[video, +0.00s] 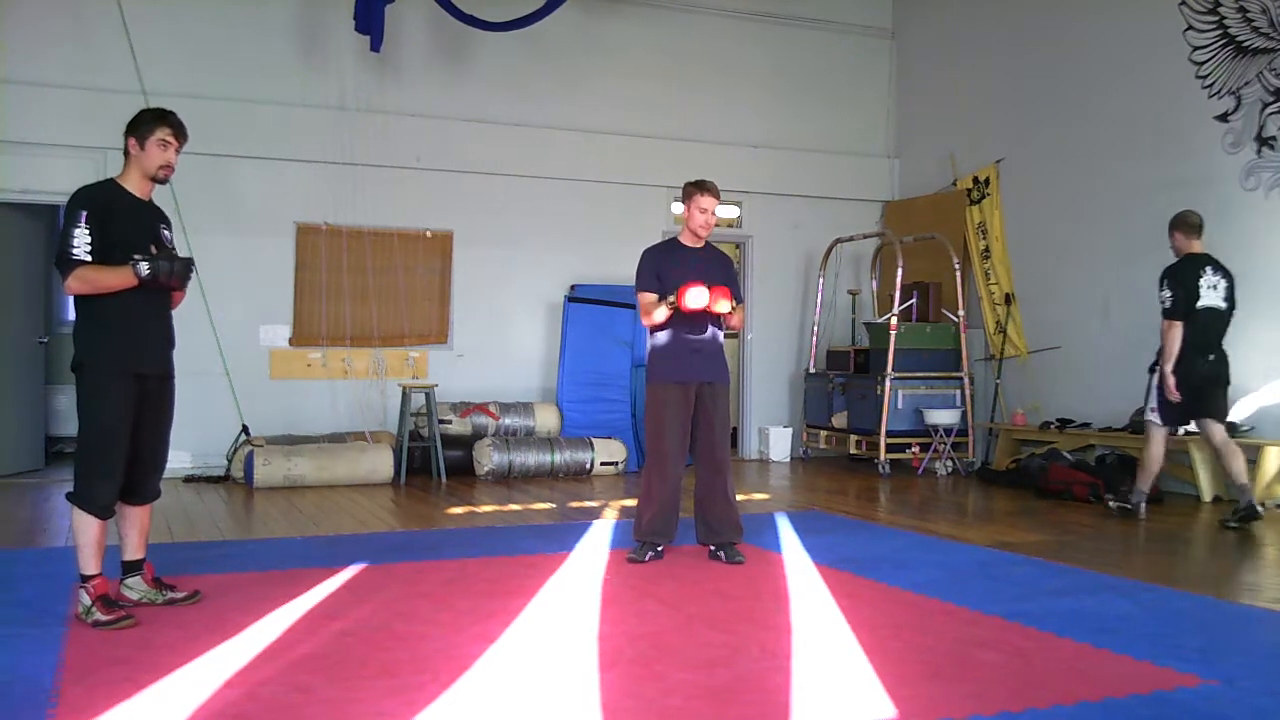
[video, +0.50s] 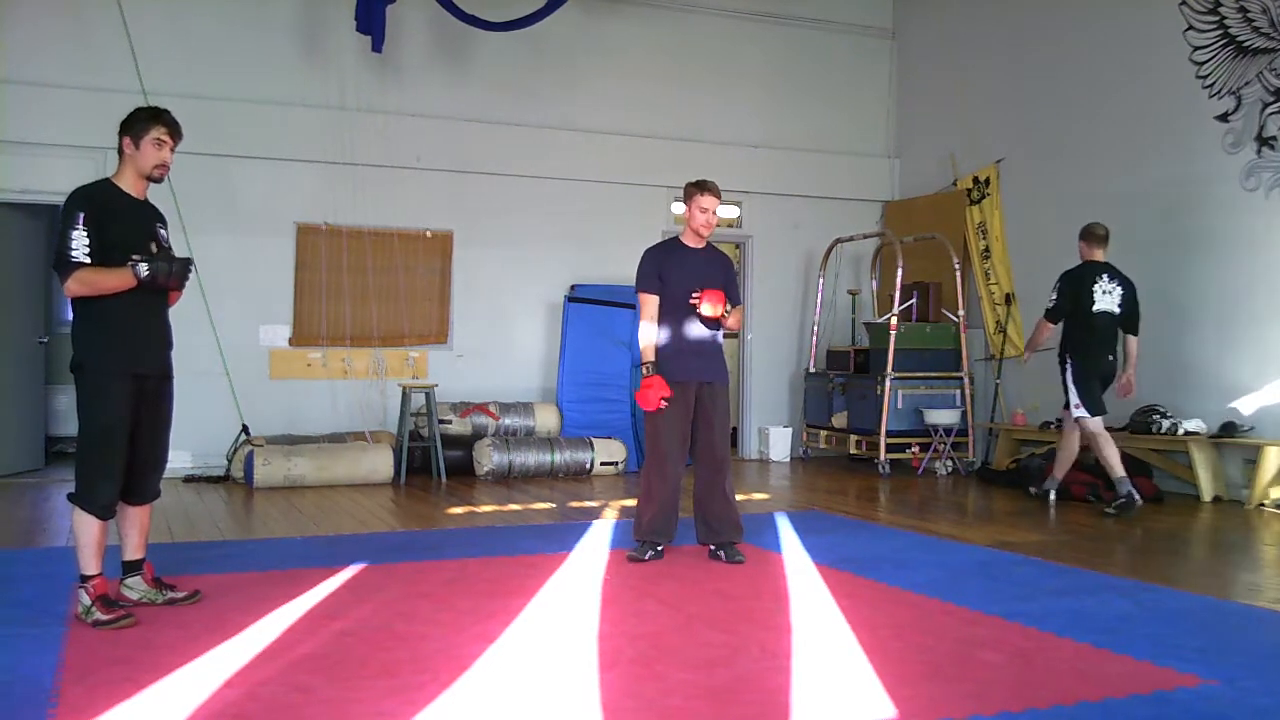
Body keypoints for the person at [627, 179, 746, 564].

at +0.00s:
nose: (708, 218)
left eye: (713, 212)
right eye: (702, 210)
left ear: (717, 216)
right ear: (684, 209)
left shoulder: (723, 262)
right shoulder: (655, 256)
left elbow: (736, 323)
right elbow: (648, 317)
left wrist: (726, 310)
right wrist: (676, 301)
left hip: (713, 370)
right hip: (668, 369)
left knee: (715, 456)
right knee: (664, 454)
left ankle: (721, 538)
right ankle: (652, 538)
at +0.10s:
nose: (708, 218)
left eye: (713, 212)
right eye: (701, 210)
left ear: (717, 216)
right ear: (684, 209)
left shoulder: (723, 261)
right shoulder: (656, 255)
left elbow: (736, 320)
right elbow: (645, 313)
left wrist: (722, 314)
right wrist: (678, 309)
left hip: (712, 371)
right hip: (668, 370)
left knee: (715, 457)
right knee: (664, 454)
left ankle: (720, 538)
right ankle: (652, 538)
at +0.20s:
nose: (707, 218)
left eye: (713, 213)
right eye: (701, 210)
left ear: (717, 216)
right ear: (684, 210)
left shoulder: (722, 262)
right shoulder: (656, 255)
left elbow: (736, 321)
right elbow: (650, 312)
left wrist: (720, 313)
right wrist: (674, 337)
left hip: (712, 369)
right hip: (668, 367)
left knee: (715, 456)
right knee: (663, 453)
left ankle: (721, 538)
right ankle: (652, 538)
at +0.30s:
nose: (708, 218)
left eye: (713, 212)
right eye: (702, 210)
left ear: (717, 217)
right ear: (685, 210)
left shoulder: (722, 262)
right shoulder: (657, 256)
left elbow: (736, 322)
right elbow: (655, 317)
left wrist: (719, 311)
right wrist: (669, 363)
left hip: (712, 370)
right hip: (669, 365)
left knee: (714, 457)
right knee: (664, 454)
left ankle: (720, 538)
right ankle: (652, 537)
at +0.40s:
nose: (709, 218)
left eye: (714, 212)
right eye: (702, 210)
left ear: (718, 216)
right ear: (685, 209)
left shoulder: (722, 262)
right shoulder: (657, 256)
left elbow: (736, 322)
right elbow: (653, 320)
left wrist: (720, 311)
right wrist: (656, 373)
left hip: (713, 373)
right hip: (672, 370)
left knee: (715, 458)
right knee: (663, 457)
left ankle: (721, 538)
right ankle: (652, 538)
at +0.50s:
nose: (709, 218)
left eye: (714, 212)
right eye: (703, 210)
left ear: (718, 216)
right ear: (685, 209)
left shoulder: (723, 262)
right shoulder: (657, 256)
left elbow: (736, 321)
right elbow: (648, 319)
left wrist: (722, 313)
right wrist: (649, 370)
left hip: (713, 373)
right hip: (670, 371)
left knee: (715, 459)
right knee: (663, 457)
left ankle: (720, 538)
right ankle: (652, 538)